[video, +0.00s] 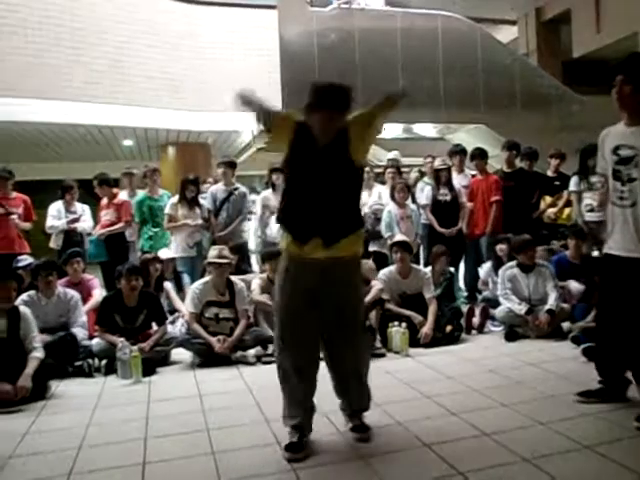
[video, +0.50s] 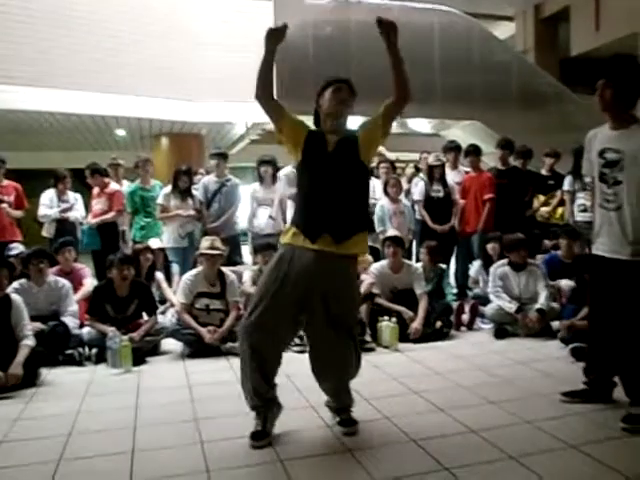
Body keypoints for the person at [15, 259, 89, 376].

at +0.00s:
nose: (49, 279)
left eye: (51, 275)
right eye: (44, 276)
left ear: (57, 277)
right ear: (36, 281)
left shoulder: (71, 297)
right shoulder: (26, 301)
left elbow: (82, 331)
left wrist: (52, 338)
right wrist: (35, 338)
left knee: (70, 339)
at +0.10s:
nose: (49, 278)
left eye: (51, 273)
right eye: (44, 275)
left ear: (57, 274)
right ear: (37, 278)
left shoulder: (73, 293)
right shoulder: (26, 299)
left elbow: (83, 329)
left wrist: (57, 334)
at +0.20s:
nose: (51, 270)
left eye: (54, 266)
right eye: (46, 267)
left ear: (60, 269)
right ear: (40, 272)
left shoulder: (74, 289)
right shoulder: (29, 292)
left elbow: (83, 321)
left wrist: (56, 329)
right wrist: (39, 329)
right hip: (39, 336)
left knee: (71, 332)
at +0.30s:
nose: (47, 268)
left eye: (50, 264)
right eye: (42, 265)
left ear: (56, 266)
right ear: (36, 270)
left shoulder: (70, 287)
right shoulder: (25, 290)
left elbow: (80, 319)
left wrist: (53, 328)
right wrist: (35, 327)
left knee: (68, 330)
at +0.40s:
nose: (45, 268)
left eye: (48, 264)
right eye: (40, 266)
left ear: (54, 266)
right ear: (34, 270)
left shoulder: (68, 286)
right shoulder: (23, 290)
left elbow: (79, 319)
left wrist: (53, 328)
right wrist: (33, 327)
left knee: (66, 332)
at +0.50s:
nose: (39, 267)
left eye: (42, 263)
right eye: (34, 264)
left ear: (49, 266)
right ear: (28, 269)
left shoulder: (62, 286)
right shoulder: (17, 288)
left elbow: (73, 319)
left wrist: (46, 327)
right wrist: (26, 326)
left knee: (60, 331)